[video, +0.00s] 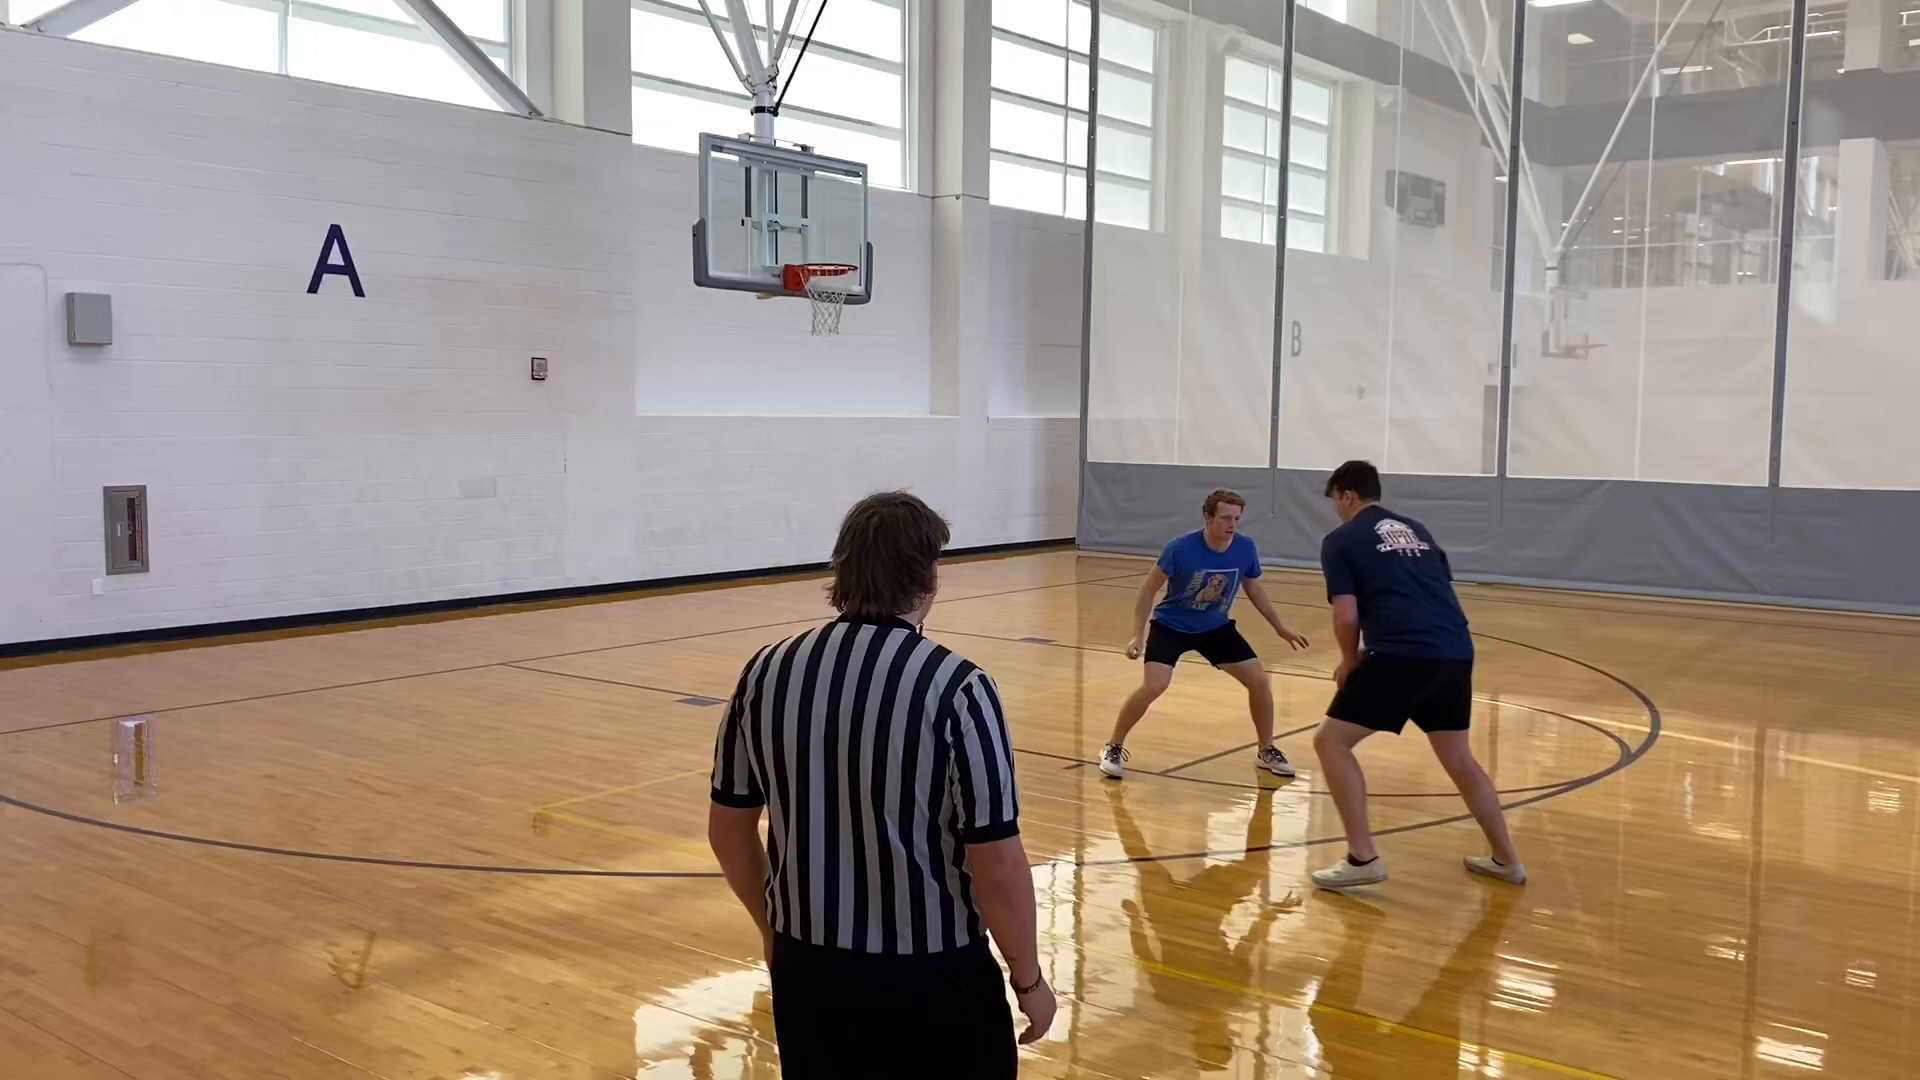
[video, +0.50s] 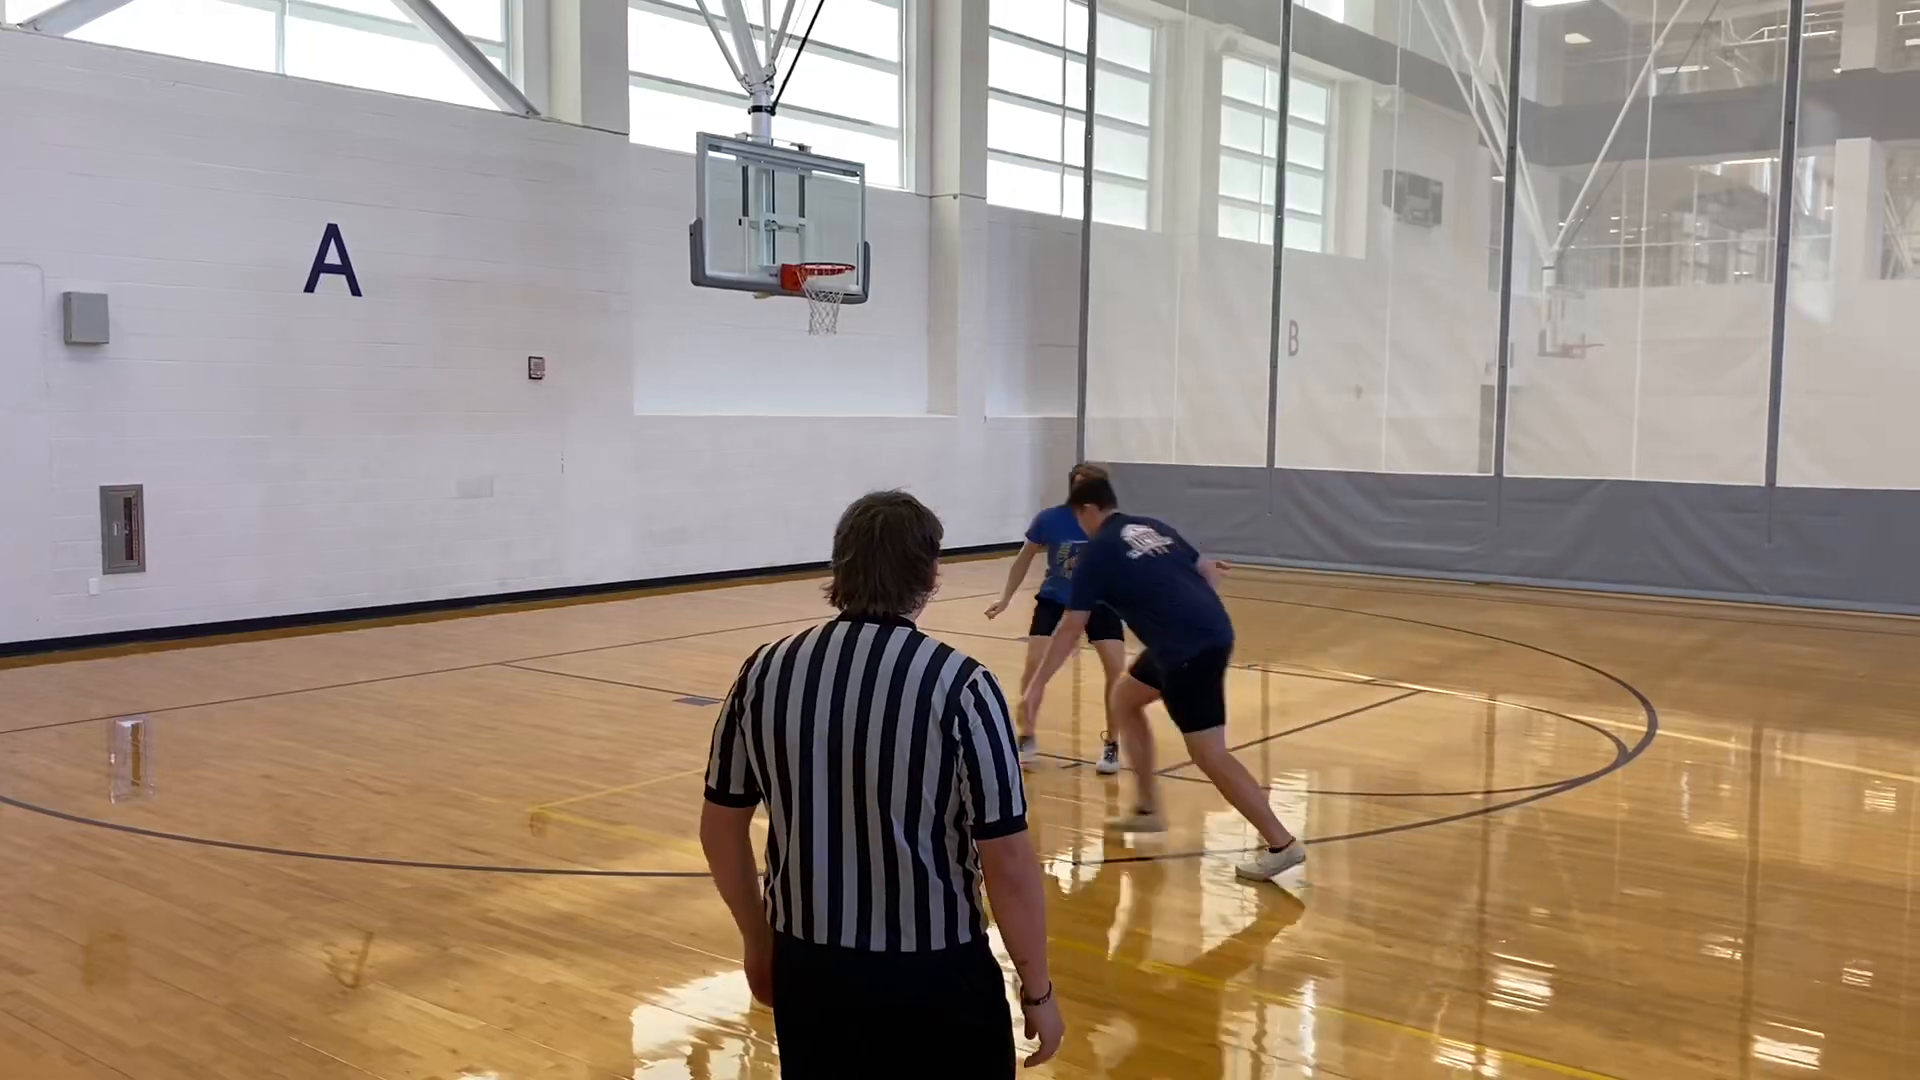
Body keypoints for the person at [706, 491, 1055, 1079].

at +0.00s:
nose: (939, 576)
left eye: (937, 560)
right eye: (937, 562)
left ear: (846, 567)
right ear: (926, 573)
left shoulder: (767, 671)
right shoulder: (958, 687)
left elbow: (729, 829)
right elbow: (996, 861)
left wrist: (773, 926)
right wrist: (1028, 976)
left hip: (809, 981)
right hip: (940, 985)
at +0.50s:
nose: (938, 573)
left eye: (935, 558)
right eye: (935, 560)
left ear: (842, 565)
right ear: (926, 573)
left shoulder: (766, 669)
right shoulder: (961, 684)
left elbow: (720, 825)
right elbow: (1006, 858)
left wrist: (756, 933)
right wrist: (1038, 989)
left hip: (809, 979)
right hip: (941, 982)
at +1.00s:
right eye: (945, 576)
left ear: (846, 578)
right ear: (937, 585)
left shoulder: (772, 676)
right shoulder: (971, 690)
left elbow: (726, 832)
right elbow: (1020, 861)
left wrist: (752, 947)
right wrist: (1045, 975)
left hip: (817, 984)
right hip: (949, 988)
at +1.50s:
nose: (941, 570)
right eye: (937, 558)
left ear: (842, 565)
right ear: (929, 569)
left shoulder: (764, 671)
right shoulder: (967, 681)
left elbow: (721, 832)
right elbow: (1018, 853)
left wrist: (754, 939)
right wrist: (1030, 947)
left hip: (812, 973)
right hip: (945, 976)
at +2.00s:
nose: (930, 571)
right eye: (928, 560)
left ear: (832, 569)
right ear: (923, 574)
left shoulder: (760, 679)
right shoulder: (963, 677)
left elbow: (721, 833)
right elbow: (1070, 807)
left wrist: (767, 924)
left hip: (817, 980)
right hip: (949, 978)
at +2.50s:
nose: (936, 566)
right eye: (936, 553)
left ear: (846, 568)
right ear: (937, 568)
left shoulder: (779, 675)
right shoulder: (962, 650)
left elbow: (746, 818)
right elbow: (1057, 516)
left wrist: (807, 885)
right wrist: (1035, 383)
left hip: (839, 971)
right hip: (970, 966)